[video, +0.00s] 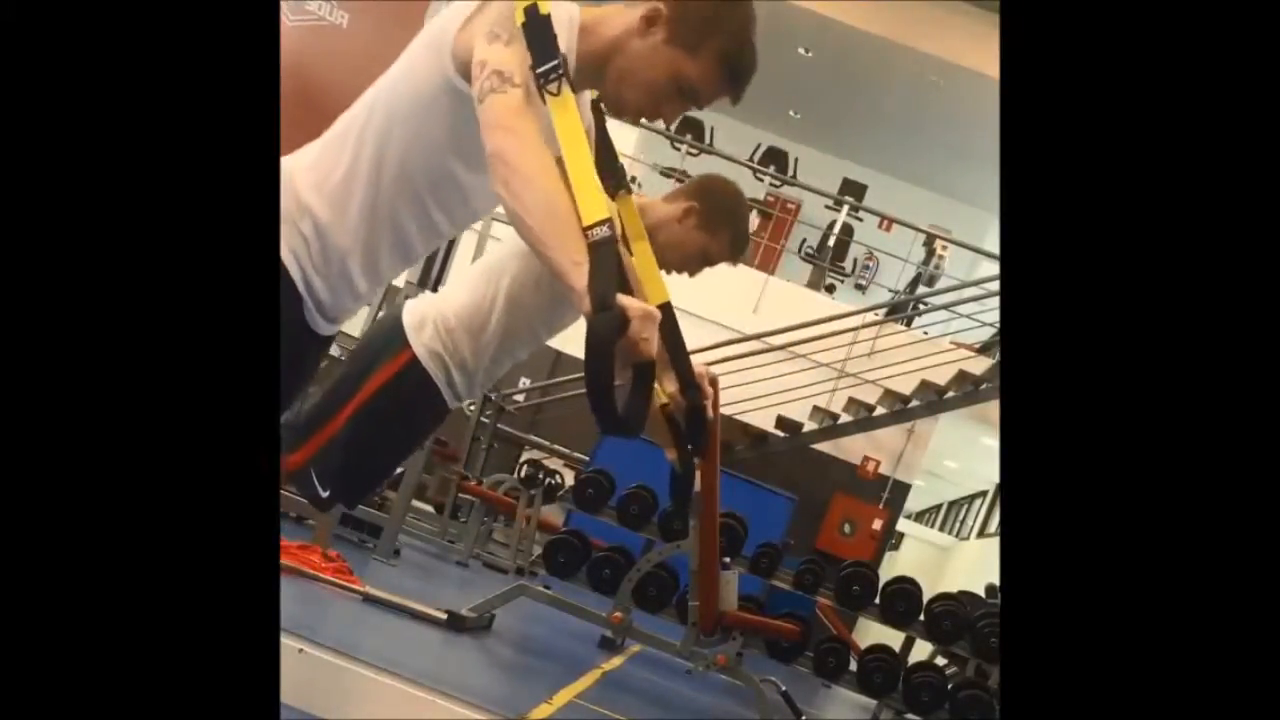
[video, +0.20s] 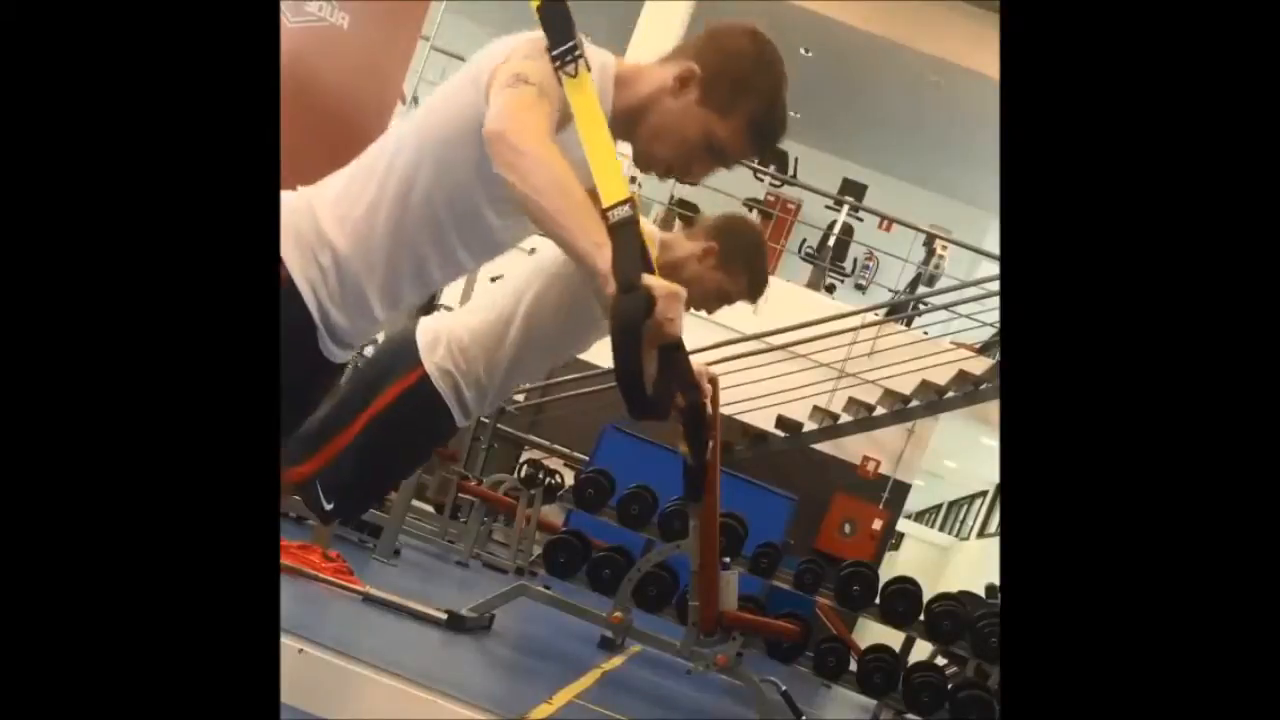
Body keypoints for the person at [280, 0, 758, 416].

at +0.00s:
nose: (671, 119)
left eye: (688, 111)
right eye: (683, 96)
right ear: (655, 22)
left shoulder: (574, 111)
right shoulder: (511, 17)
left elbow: (620, 236)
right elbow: (511, 149)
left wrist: (672, 364)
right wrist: (602, 297)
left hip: (321, 313)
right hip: (285, 259)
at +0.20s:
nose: (700, 174)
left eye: (719, 165)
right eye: (712, 151)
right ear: (686, 81)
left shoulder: (603, 160)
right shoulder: (557, 55)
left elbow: (620, 266)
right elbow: (513, 139)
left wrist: (669, 365)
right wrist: (622, 279)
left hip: (336, 340)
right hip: (292, 275)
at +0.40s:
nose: (740, 278)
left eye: (756, 273)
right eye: (752, 259)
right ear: (730, 190)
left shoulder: (645, 248)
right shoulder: (624, 147)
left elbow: (640, 312)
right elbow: (529, 124)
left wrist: (685, 356)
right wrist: (650, 255)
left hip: (354, 386)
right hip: (314, 326)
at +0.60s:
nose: (754, 374)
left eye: (775, 372)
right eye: (774, 358)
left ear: (761, 289)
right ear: (764, 292)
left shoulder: (679, 323)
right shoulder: (667, 238)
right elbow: (531, 129)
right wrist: (636, 257)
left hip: (372, 443)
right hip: (331, 385)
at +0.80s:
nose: (772, 473)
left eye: (793, 469)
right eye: (790, 448)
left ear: (779, 368)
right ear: (781, 373)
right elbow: (535, 153)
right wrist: (623, 279)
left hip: (369, 487)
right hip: (334, 425)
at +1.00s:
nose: (760, 497)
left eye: (782, 497)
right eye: (782, 480)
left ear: (779, 398)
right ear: (781, 406)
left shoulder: (704, 425)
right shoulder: (678, 320)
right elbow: (543, 173)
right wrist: (637, 295)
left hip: (371, 496)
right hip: (337, 447)